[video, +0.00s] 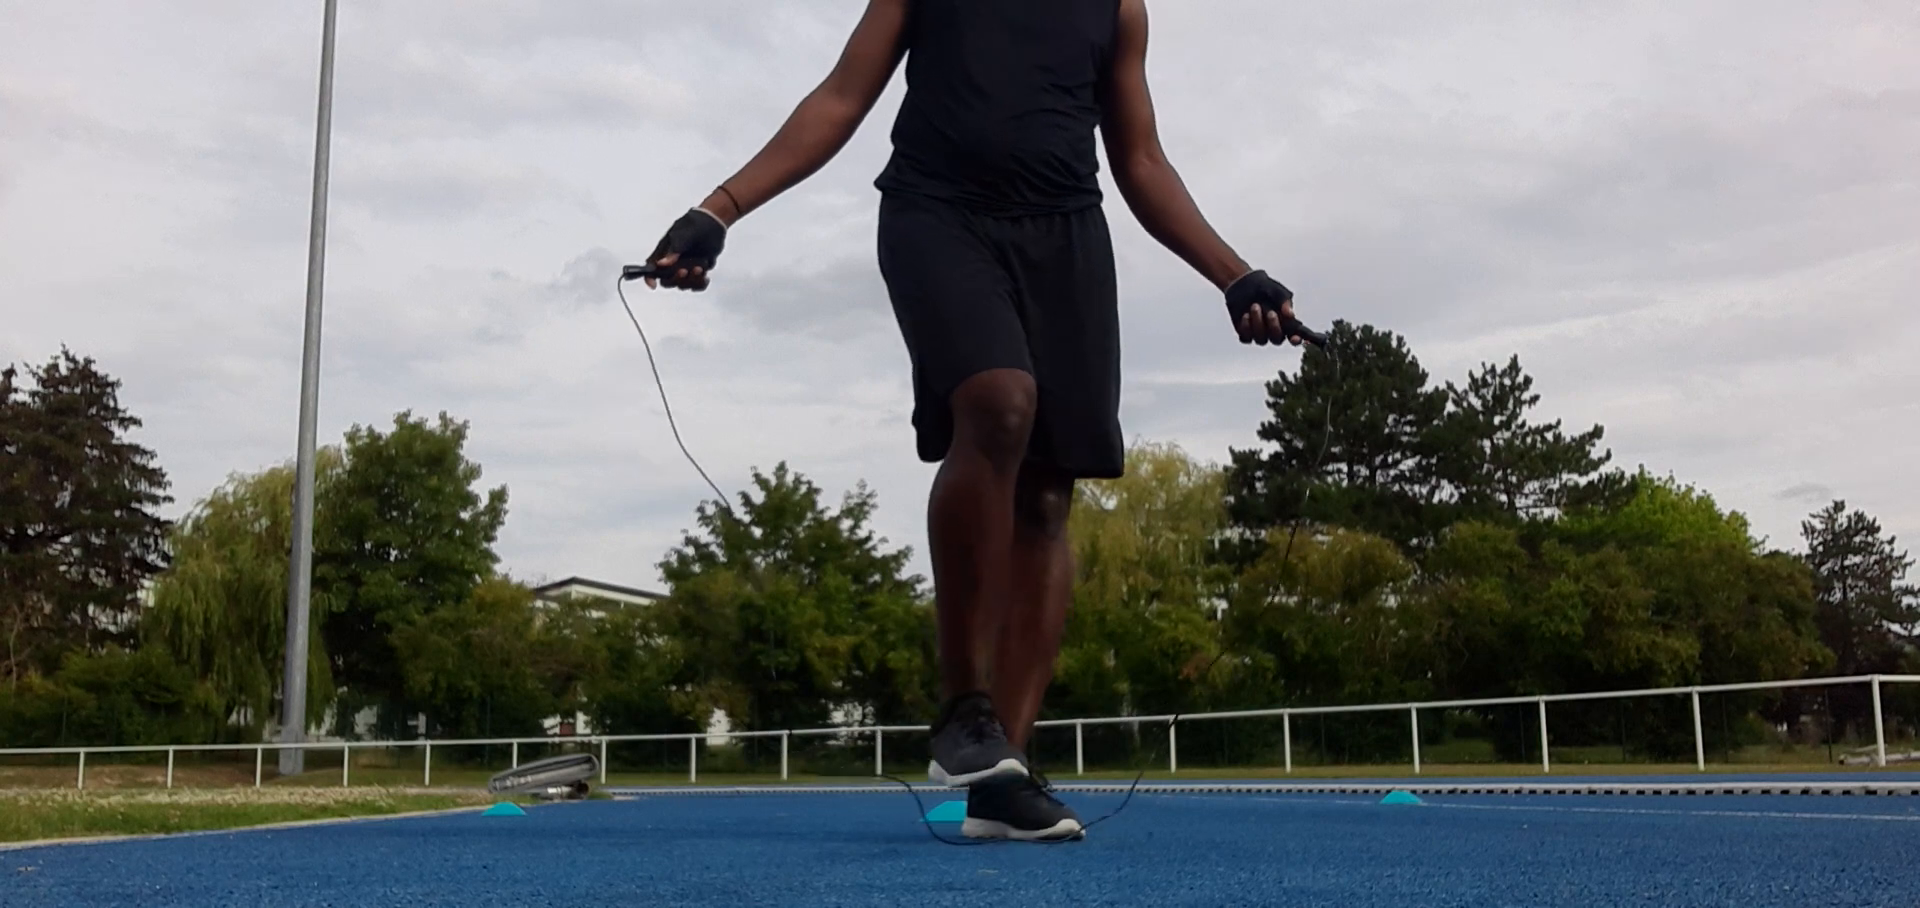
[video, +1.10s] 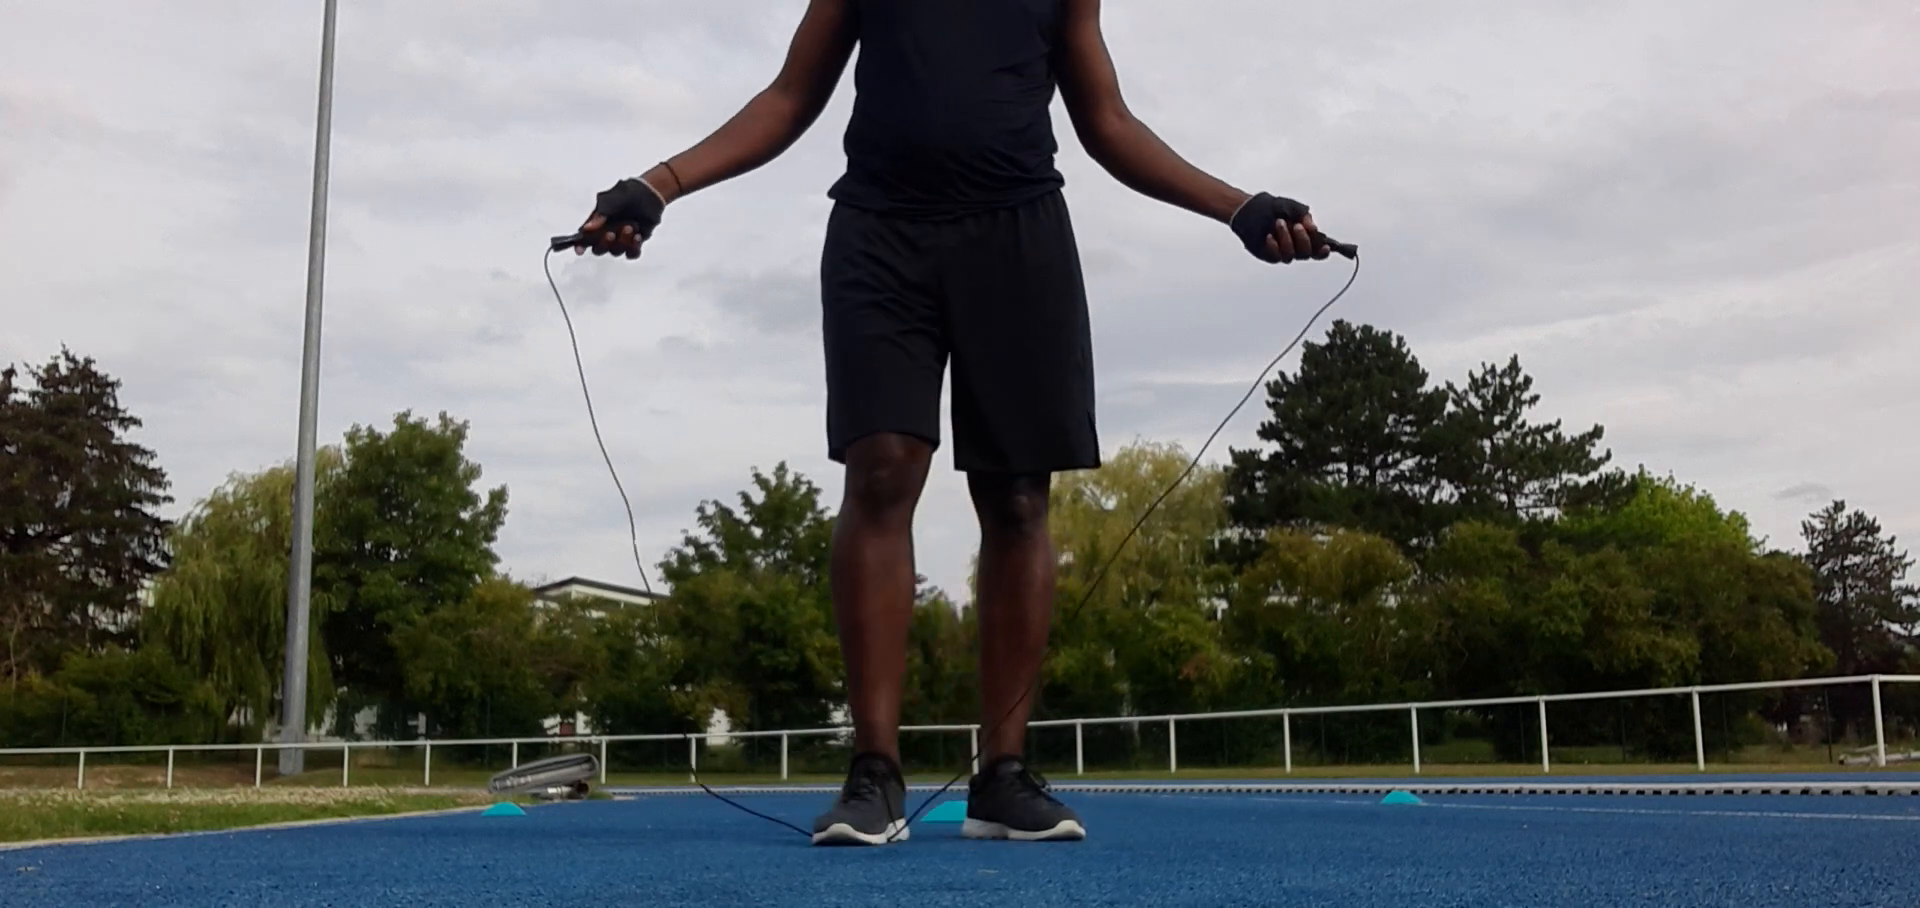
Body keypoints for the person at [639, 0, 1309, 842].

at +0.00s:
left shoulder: (1116, 8)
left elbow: (1140, 159)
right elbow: (840, 97)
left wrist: (1236, 274)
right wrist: (718, 206)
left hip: (1063, 230)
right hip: (938, 214)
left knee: (1045, 495)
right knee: (1000, 405)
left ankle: (1006, 765)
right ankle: (965, 708)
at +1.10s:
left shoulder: (1060, 4)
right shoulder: (857, 3)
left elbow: (1108, 121)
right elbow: (790, 97)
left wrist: (1241, 206)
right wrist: (658, 183)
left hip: (1019, 232)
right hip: (881, 230)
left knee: (1016, 498)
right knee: (884, 470)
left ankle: (1003, 774)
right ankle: (875, 773)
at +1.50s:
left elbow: (1046, 97)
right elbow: (736, 100)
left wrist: (1181, 211)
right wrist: (624, 220)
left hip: (979, 216)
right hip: (838, 219)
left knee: (1000, 450)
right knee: (843, 486)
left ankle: (999, 721)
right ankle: (871, 771)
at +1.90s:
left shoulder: (975, 2)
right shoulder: (760, 1)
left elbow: (1027, 90)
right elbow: (720, 95)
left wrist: (1168, 200)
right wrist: (606, 205)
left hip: (972, 197)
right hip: (829, 204)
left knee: (1001, 386)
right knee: (836, 487)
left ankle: (954, 691)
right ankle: (870, 772)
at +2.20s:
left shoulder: (1004, 1)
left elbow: (1057, 84)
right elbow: (736, 78)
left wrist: (1206, 178)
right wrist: (604, 177)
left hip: (983, 200)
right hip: (837, 203)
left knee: (998, 457)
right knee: (845, 483)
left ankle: (1006, 775)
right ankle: (872, 775)